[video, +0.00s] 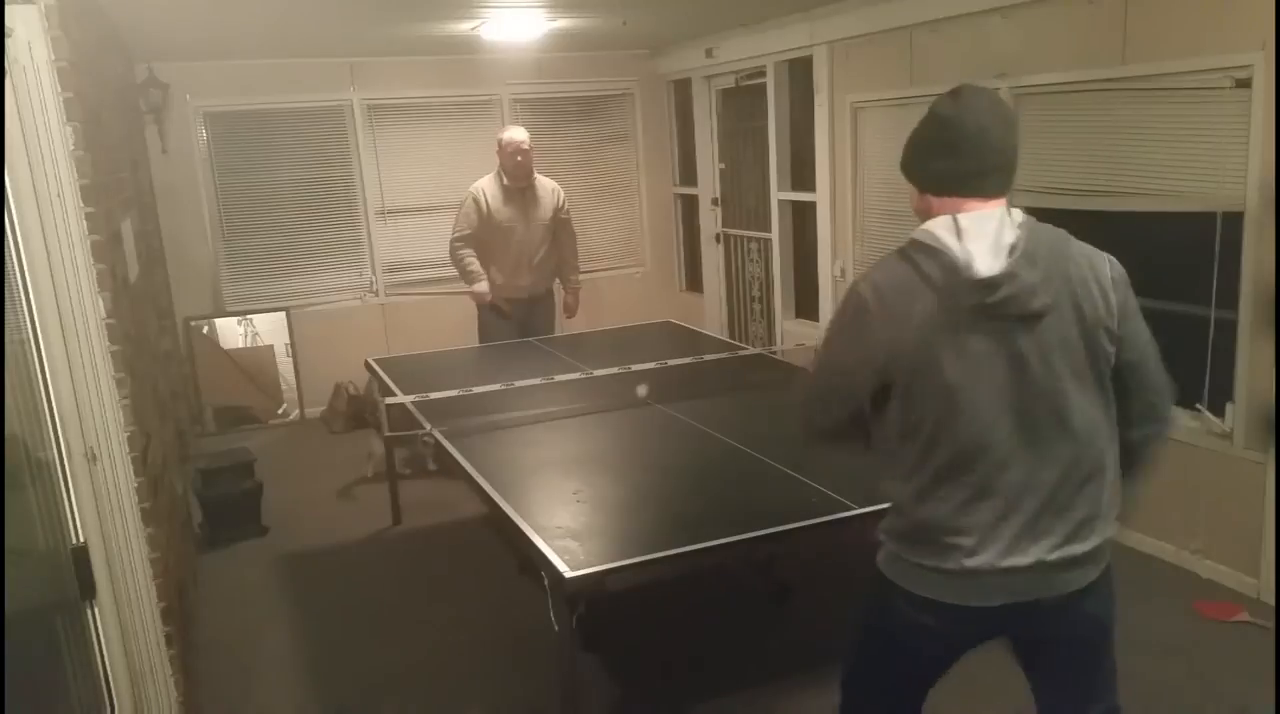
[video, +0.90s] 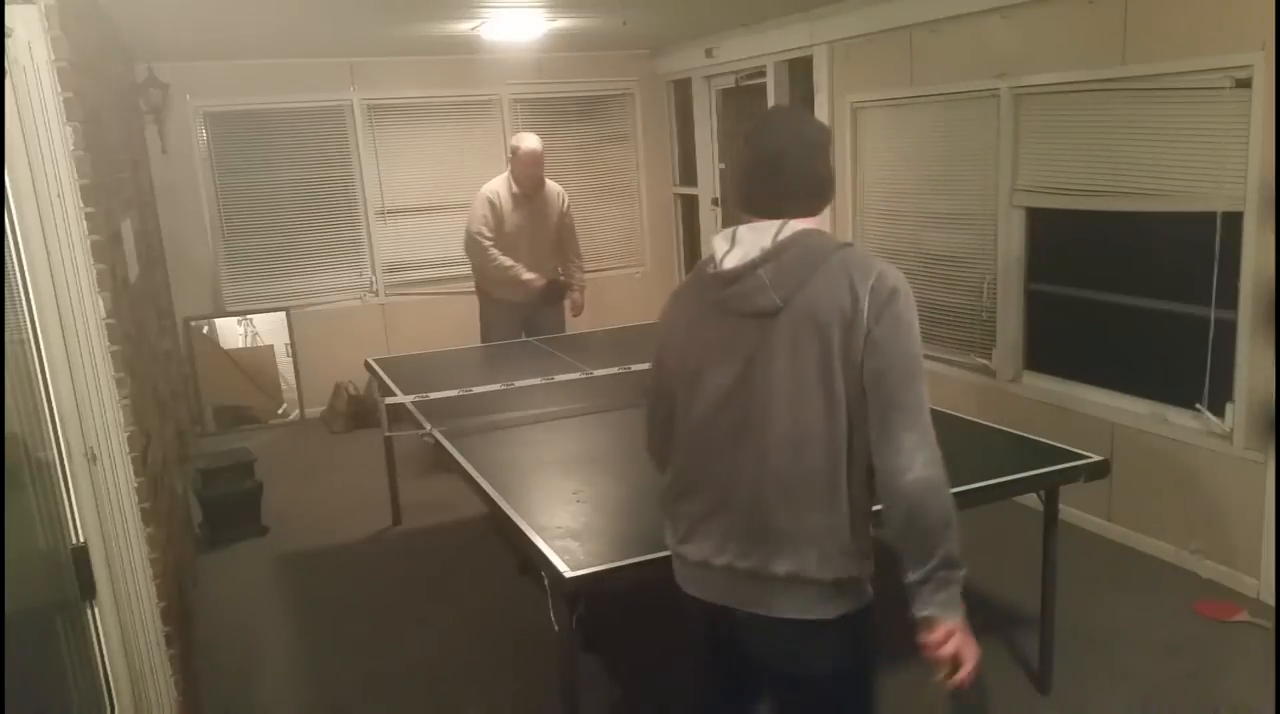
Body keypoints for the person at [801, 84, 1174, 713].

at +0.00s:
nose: (913, 195)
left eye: (912, 182)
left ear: (919, 188)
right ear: (1008, 176)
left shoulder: (884, 294)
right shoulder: (1095, 275)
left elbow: (825, 418)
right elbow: (1149, 410)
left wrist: (913, 428)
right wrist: (1098, 481)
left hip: (933, 590)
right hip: (1071, 587)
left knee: (874, 705)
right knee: (1087, 707)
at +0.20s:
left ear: (890, 176)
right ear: (978, 177)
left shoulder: (844, 277)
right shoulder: (1046, 281)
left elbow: (791, 320)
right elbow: (1120, 447)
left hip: (880, 571)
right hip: (1008, 572)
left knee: (849, 697)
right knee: (1070, 699)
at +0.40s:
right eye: (924, 124)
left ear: (843, 131)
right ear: (926, 137)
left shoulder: (797, 235)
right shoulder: (948, 230)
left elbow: (791, 360)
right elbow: (880, 370)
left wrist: (797, 452)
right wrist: (802, 458)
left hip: (827, 535)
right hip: (927, 538)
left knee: (824, 694)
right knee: (988, 693)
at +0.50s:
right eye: (890, 90)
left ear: (813, 99)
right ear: (895, 102)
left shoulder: (774, 202)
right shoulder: (917, 190)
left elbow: (773, 341)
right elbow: (883, 339)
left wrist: (784, 445)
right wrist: (812, 454)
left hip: (802, 514)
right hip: (895, 519)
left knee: (807, 686)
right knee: (930, 691)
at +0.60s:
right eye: (862, 93)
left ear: (783, 107)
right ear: (869, 106)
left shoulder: (748, 211)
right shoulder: (894, 192)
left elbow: (745, 356)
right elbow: (872, 353)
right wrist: (815, 492)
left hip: (770, 519)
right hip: (869, 531)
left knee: (794, 690)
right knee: (868, 693)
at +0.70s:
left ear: (768, 142)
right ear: (854, 142)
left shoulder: (730, 251)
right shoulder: (880, 240)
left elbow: (716, 389)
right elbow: (873, 414)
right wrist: (854, 564)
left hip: (735, 545)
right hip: (821, 557)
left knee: (760, 693)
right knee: (808, 696)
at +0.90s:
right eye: (829, 167)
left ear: (737, 188)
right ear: (829, 186)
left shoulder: (690, 296)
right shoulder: (869, 289)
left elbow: (663, 444)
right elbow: (909, 469)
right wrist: (938, 603)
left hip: (704, 594)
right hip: (818, 608)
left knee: (725, 701)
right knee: (827, 703)